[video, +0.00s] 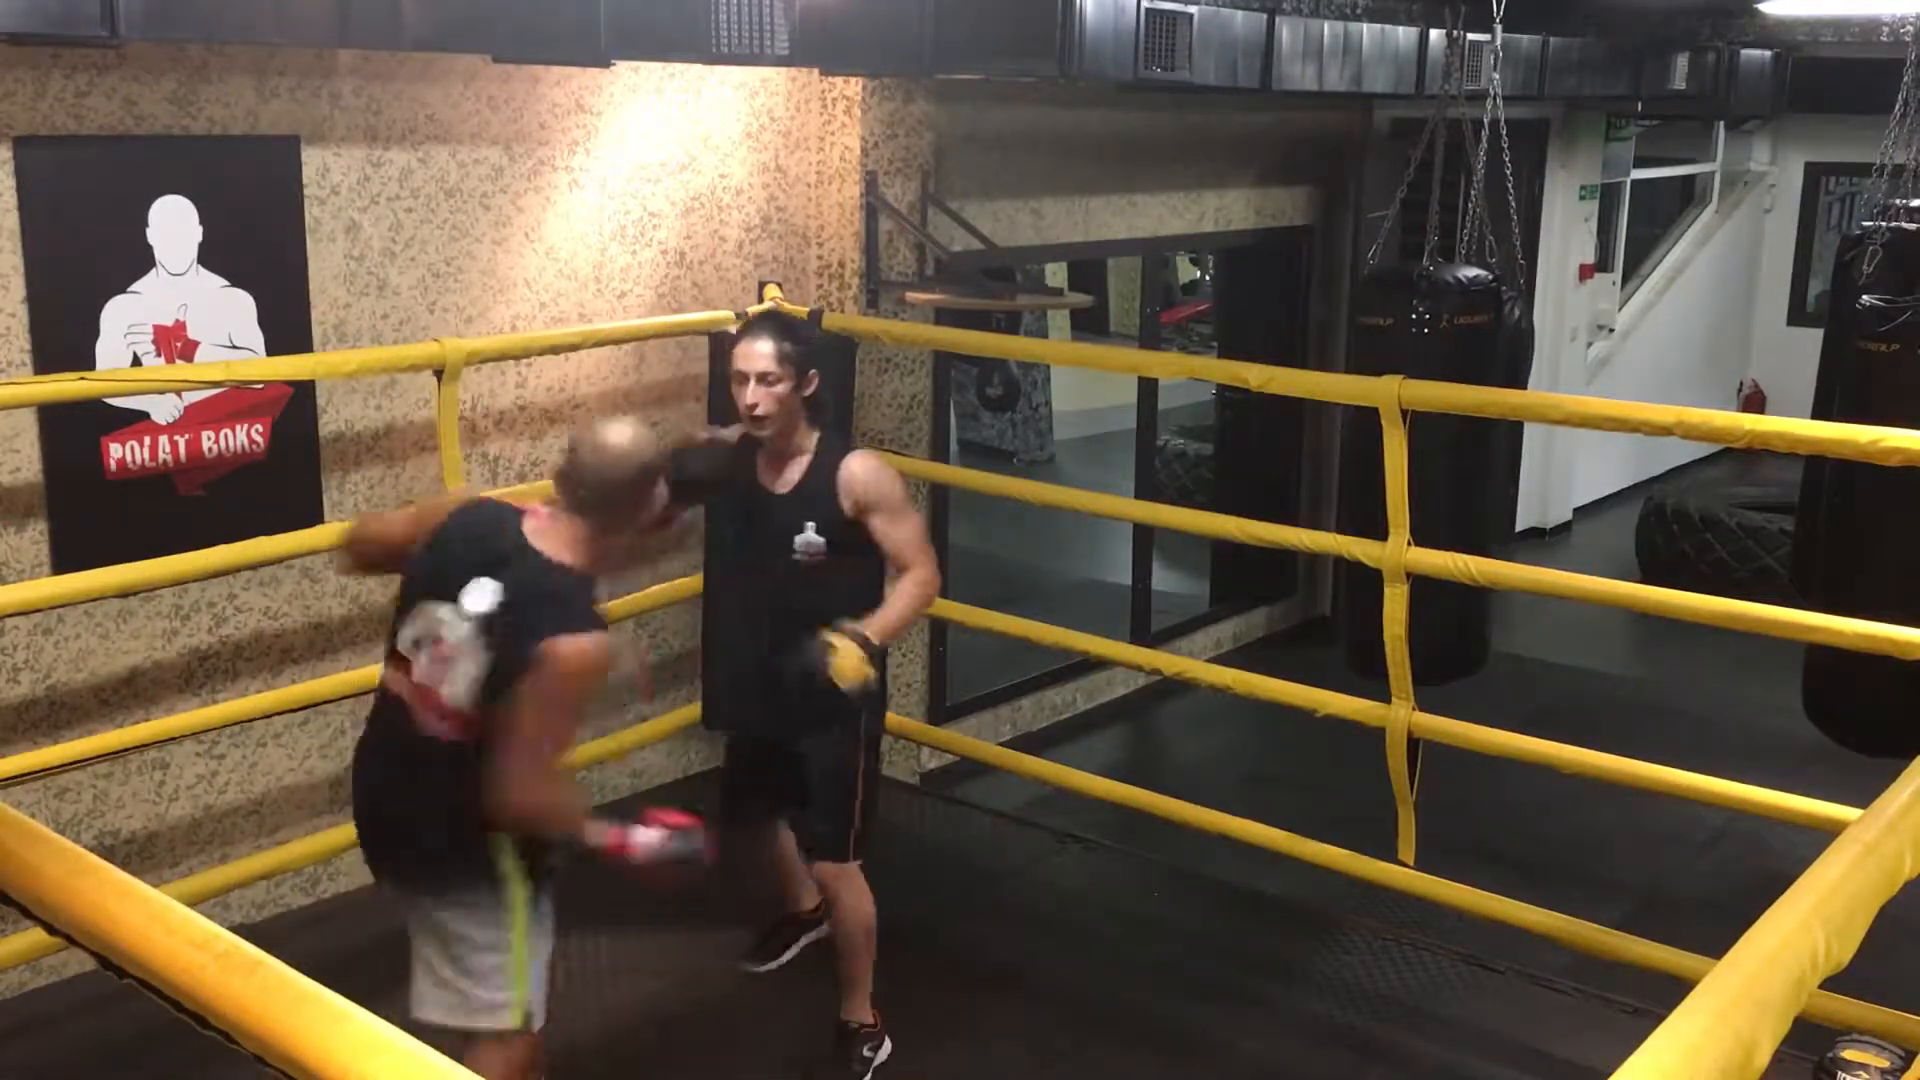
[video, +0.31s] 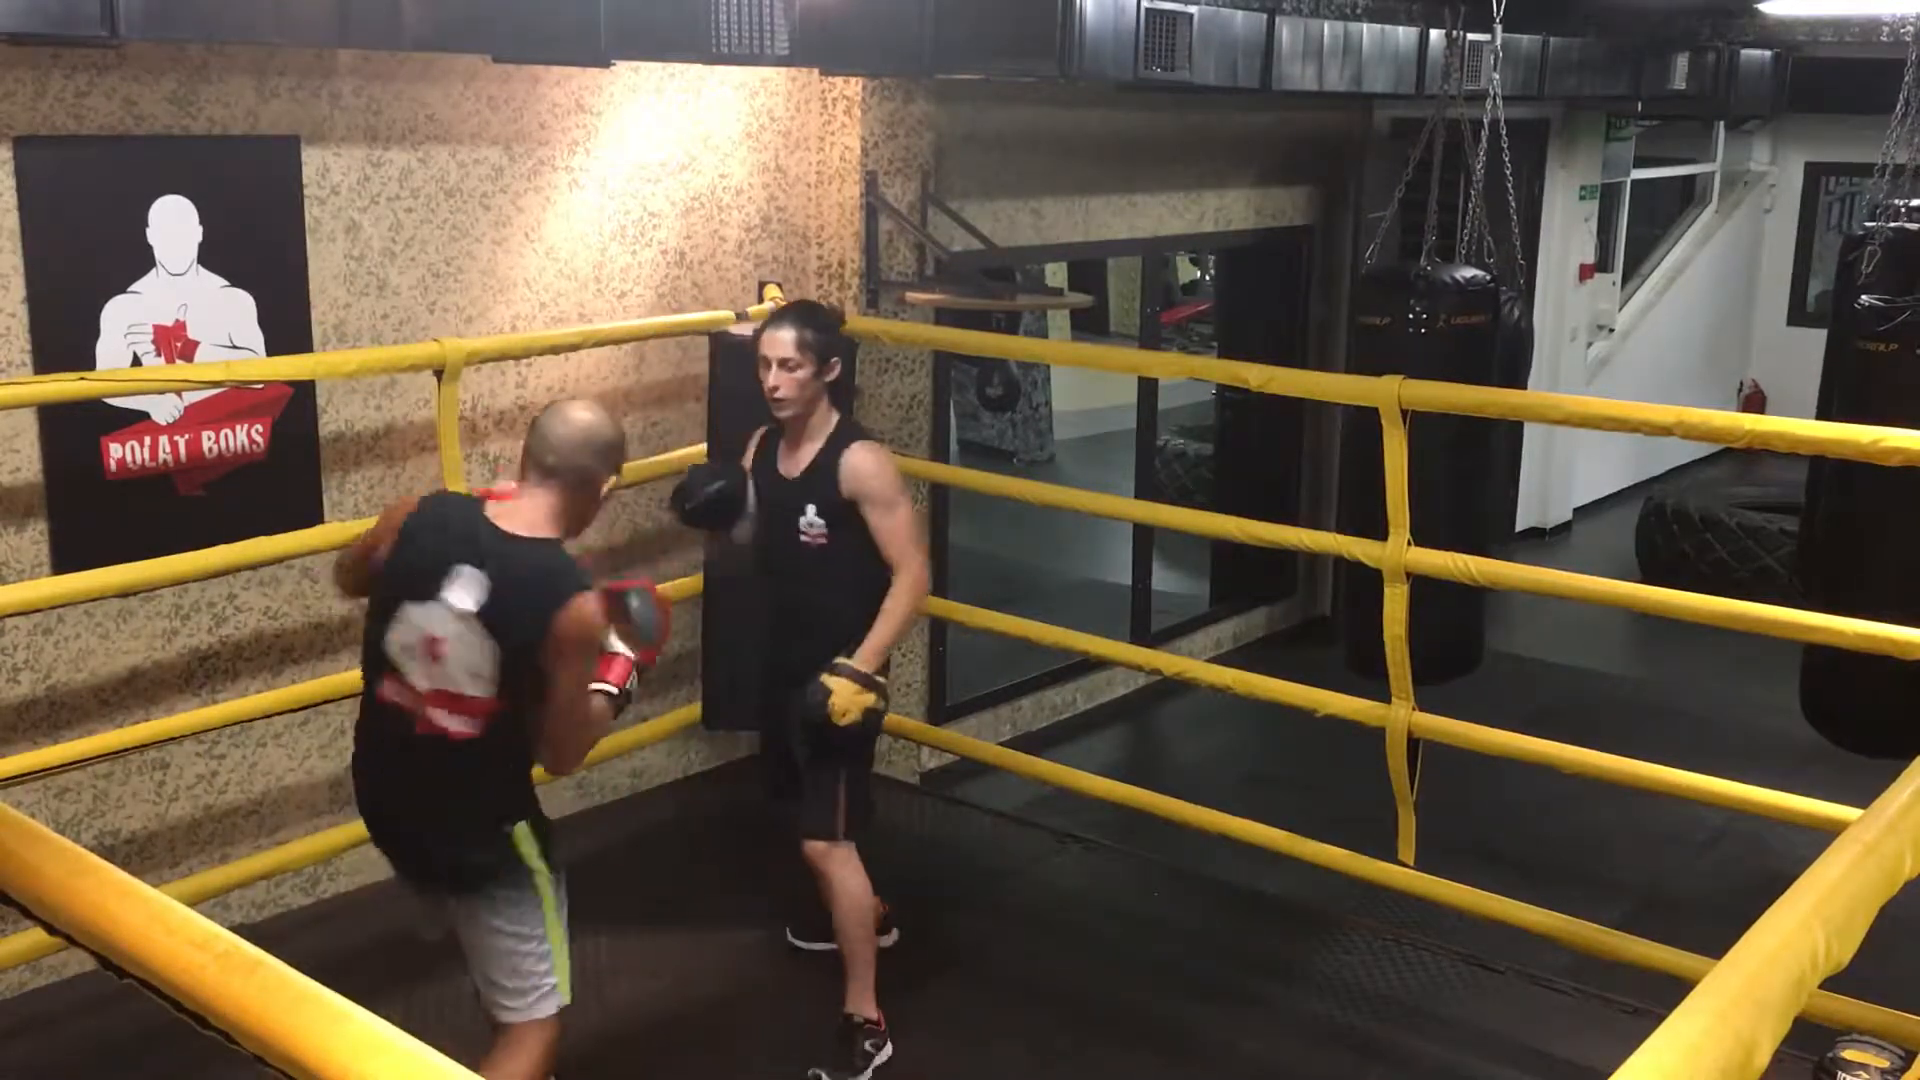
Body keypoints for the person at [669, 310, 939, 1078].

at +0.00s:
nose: (748, 398)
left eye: (764, 382)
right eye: (740, 382)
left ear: (805, 387)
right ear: (732, 388)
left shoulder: (858, 474)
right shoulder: (730, 466)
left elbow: (920, 574)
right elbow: (642, 526)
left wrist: (865, 640)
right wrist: (674, 477)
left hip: (831, 694)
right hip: (750, 689)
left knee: (831, 861)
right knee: (754, 819)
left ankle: (860, 1018)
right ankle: (804, 908)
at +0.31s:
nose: (773, 381)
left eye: (789, 366)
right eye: (765, 366)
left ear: (830, 371)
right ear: (759, 371)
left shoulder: (862, 463)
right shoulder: (765, 449)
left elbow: (912, 577)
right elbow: (752, 540)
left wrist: (861, 667)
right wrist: (711, 515)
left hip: (836, 671)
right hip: (781, 660)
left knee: (826, 843)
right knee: (806, 815)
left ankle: (865, 1020)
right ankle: (863, 909)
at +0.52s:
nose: (734, 369)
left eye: (747, 355)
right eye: (728, 355)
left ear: (789, 354)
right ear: (733, 354)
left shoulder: (809, 435)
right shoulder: (774, 427)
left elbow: (858, 546)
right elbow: (790, 531)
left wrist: (841, 659)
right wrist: (727, 532)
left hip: (813, 649)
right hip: (799, 637)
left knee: (768, 806)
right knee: (829, 788)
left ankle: (803, 981)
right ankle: (871, 913)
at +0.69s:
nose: (697, 377)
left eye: (708, 362)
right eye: (690, 363)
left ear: (747, 357)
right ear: (694, 360)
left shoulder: (773, 438)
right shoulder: (738, 422)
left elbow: (822, 549)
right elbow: (759, 518)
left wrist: (815, 662)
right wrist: (708, 534)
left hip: (768, 645)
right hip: (768, 634)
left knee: (711, 787)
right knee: (827, 771)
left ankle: (700, 937)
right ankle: (869, 909)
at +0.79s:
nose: (664, 390)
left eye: (676, 374)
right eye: (655, 375)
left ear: (714, 369)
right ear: (653, 373)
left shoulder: (737, 454)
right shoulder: (698, 434)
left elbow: (783, 570)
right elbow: (726, 524)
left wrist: (756, 678)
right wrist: (680, 536)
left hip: (744, 661)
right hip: (742, 650)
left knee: (677, 788)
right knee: (776, 781)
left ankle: (656, 929)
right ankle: (856, 900)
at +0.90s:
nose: (648, 405)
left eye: (661, 389)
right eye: (639, 390)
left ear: (697, 386)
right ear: (633, 385)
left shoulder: (720, 468)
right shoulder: (667, 442)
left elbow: (749, 592)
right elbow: (687, 529)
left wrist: (698, 689)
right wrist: (643, 553)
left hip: (723, 649)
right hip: (697, 639)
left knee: (651, 786)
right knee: (698, 779)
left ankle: (654, 933)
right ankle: (802, 869)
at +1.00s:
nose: (638, 394)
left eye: (652, 376)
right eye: (627, 378)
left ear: (687, 369)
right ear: (617, 375)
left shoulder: (713, 451)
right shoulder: (643, 429)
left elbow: (745, 567)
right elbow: (647, 506)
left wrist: (670, 647)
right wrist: (619, 542)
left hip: (719, 638)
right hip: (674, 625)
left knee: (656, 781)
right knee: (642, 763)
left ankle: (653, 929)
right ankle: (707, 888)